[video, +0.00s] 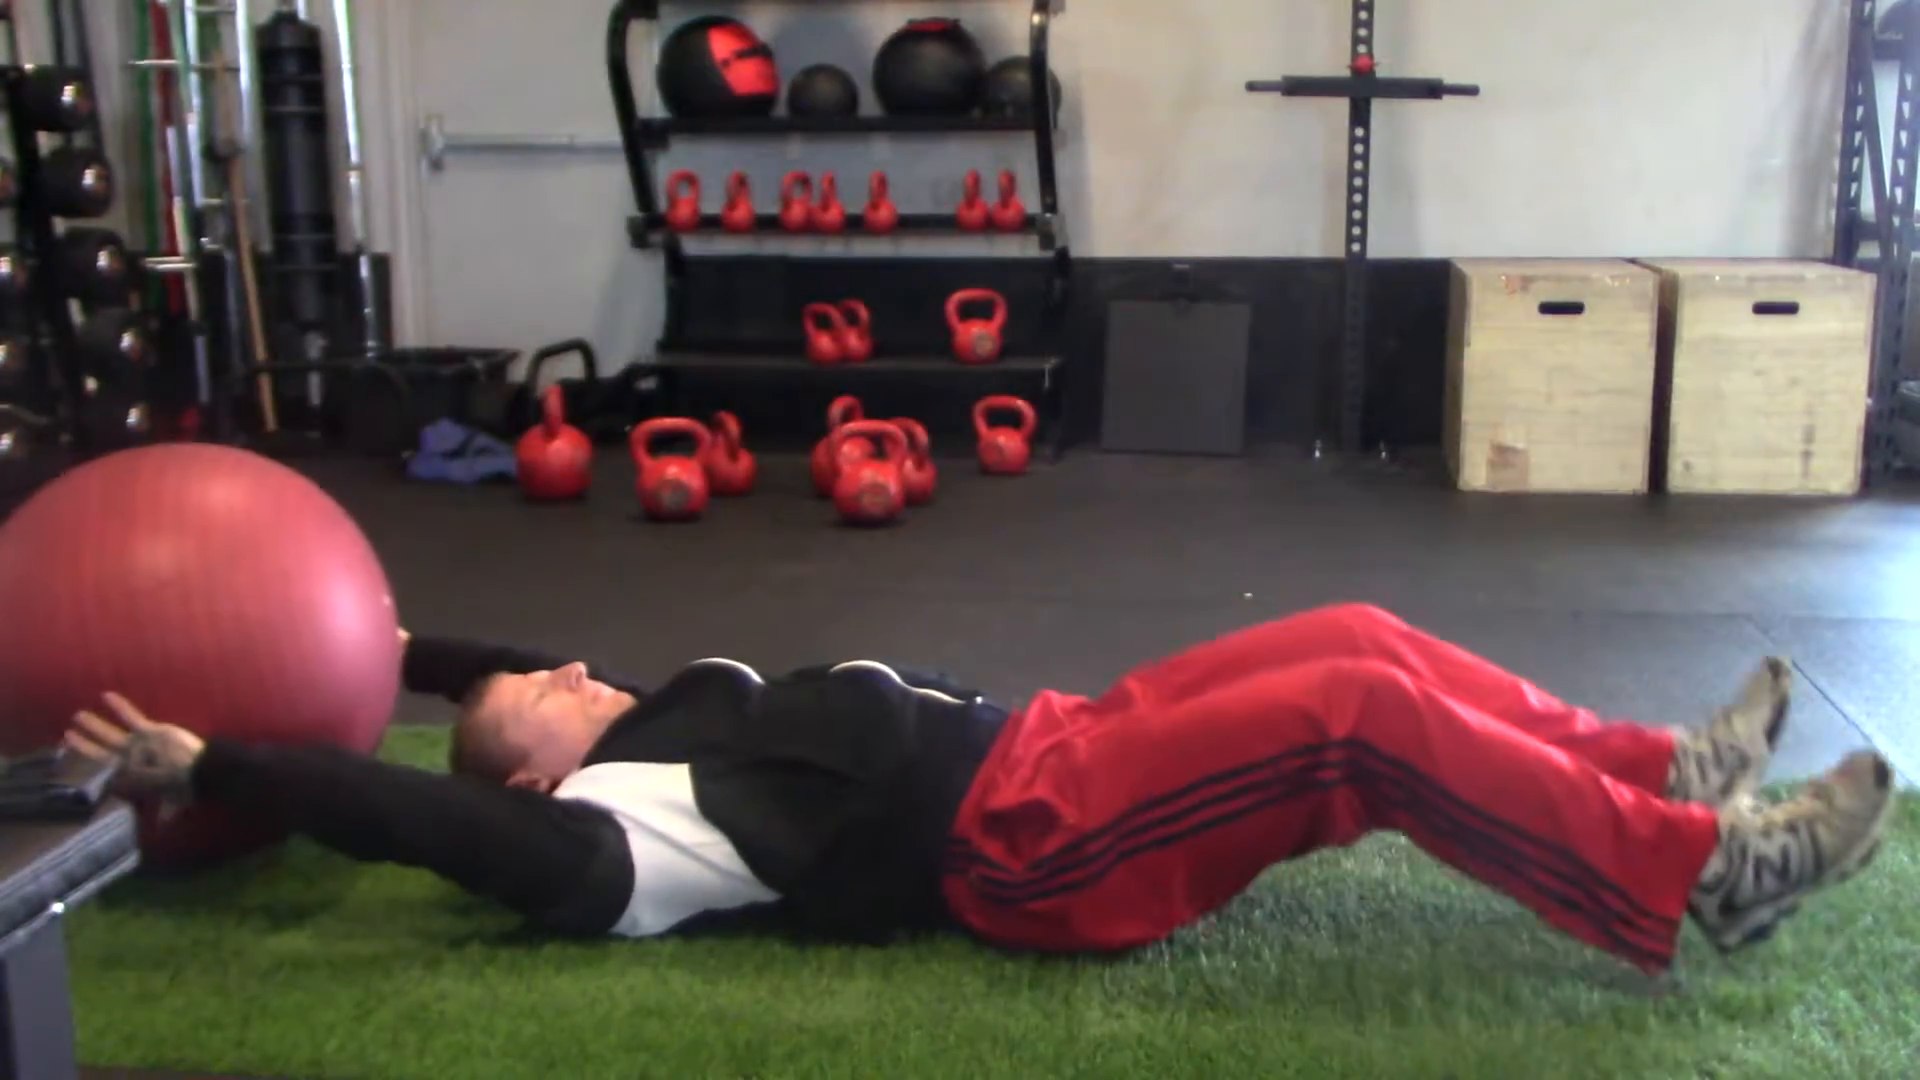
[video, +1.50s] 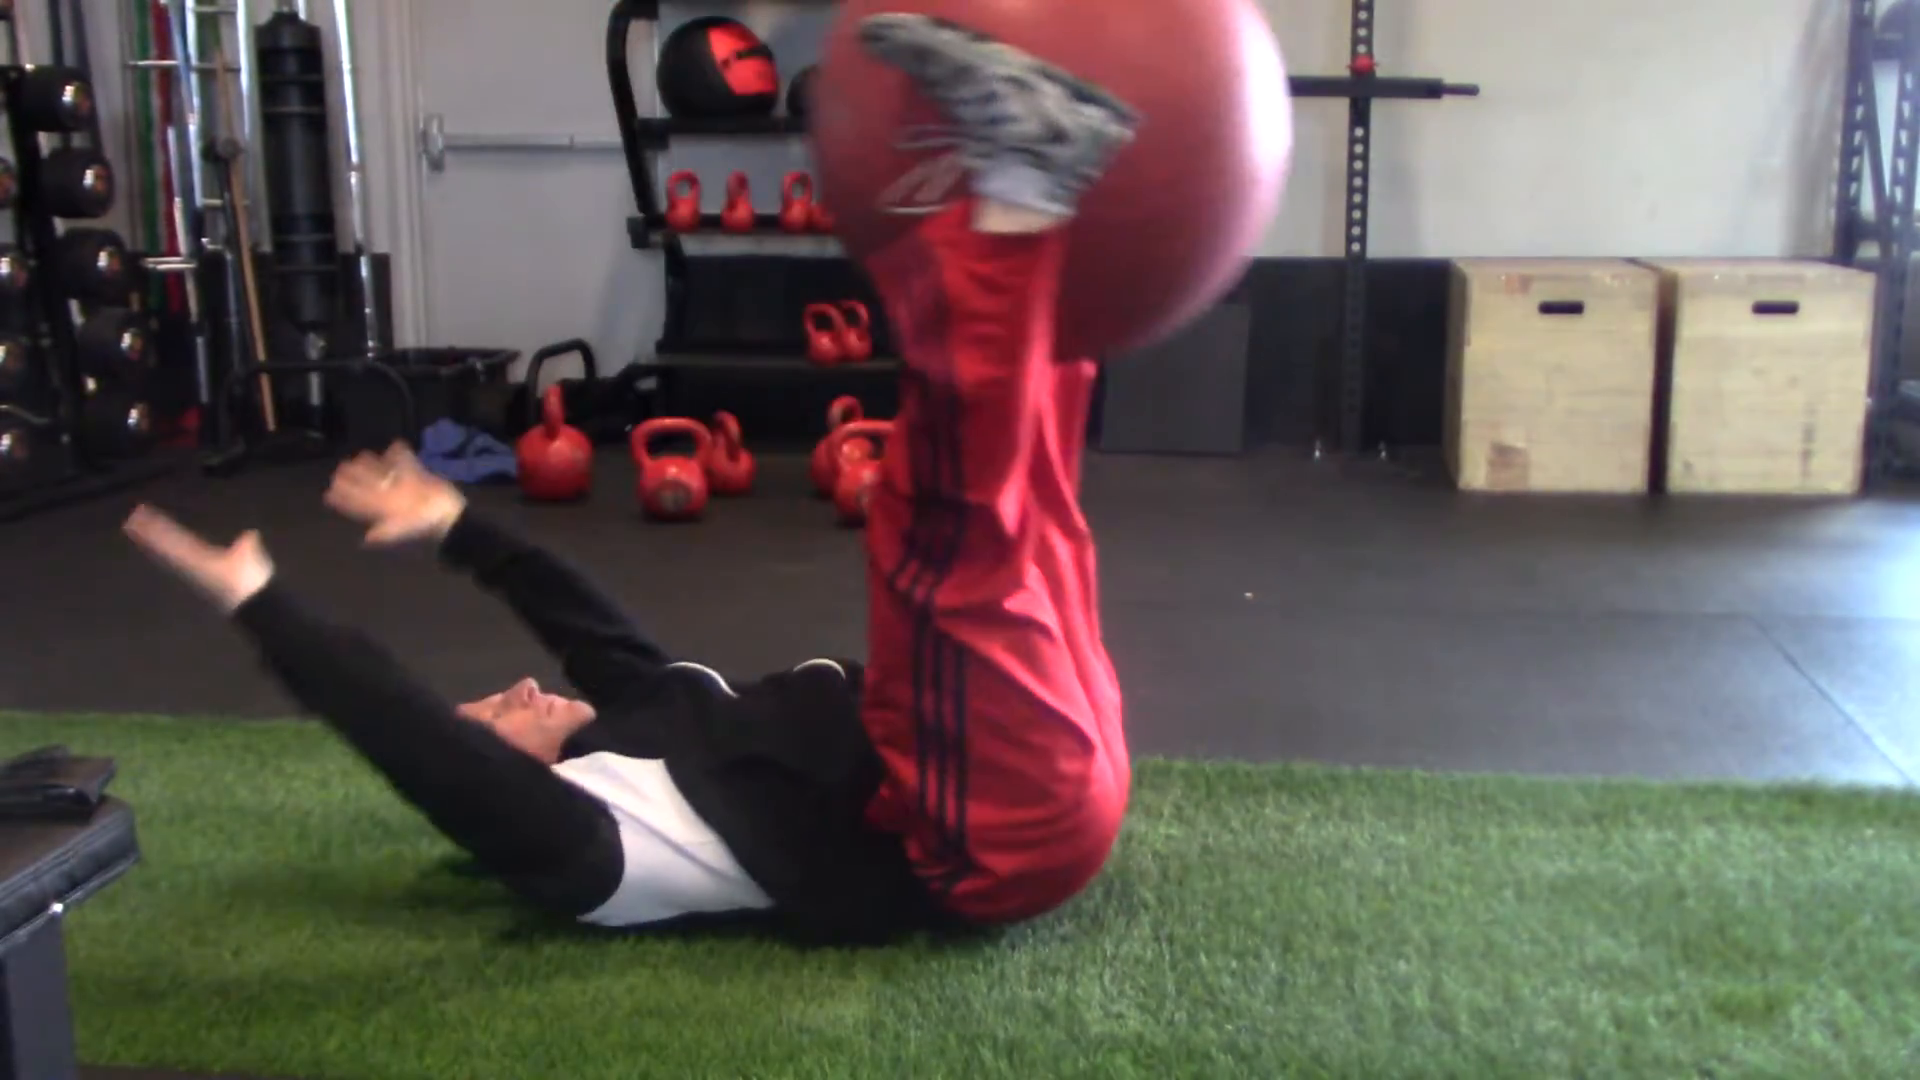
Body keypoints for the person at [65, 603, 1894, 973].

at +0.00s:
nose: (547, 683)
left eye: (534, 675)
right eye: (518, 702)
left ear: (563, 699)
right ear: (508, 776)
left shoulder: (679, 728)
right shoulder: (616, 839)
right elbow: (433, 811)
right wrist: (223, 763)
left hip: (1060, 740)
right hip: (1027, 829)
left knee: (1372, 648)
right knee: (1350, 678)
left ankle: (1669, 789)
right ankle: (1677, 896)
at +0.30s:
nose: (571, 689)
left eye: (569, 679)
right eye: (541, 704)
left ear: (602, 696)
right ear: (528, 764)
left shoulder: (695, 708)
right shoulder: (609, 849)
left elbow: (594, 568)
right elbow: (466, 712)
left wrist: (454, 445)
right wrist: (318, 552)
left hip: (1018, 780)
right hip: (998, 851)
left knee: (1176, 515)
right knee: (1162, 536)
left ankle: (1469, 393)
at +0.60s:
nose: (540, 651)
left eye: (518, 650)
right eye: (511, 671)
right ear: (514, 768)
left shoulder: (707, 690)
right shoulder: (608, 805)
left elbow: (717, 517)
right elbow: (600, 602)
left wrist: (665, 338)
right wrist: (557, 390)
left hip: (1051, 788)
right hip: (988, 835)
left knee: (1018, 506)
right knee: (892, 528)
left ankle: (1066, 233)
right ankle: (1004, 219)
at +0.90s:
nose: (556, 646)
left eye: (533, 651)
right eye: (524, 672)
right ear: (522, 768)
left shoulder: (652, 746)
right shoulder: (610, 787)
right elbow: (650, 581)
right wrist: (638, 385)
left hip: (1049, 754)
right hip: (975, 799)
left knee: (891, 494)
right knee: (788, 549)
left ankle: (810, 250)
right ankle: (704, 229)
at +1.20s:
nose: (539, 669)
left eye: (523, 669)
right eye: (512, 689)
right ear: (510, 781)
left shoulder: (678, 726)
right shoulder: (601, 809)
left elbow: (714, 565)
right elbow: (609, 613)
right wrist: (588, 376)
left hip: (1048, 749)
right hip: (979, 800)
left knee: (890, 484)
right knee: (797, 543)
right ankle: (729, 202)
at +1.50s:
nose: (519, 692)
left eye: (509, 693)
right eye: (490, 712)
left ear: (546, 704)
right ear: (494, 768)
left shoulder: (654, 712)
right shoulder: (584, 845)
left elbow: (575, 608)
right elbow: (416, 742)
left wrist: (458, 521)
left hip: (1036, 785)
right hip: (987, 836)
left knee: (1017, 503)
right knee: (949, 512)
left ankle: (1027, 226)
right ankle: (1007, 205)